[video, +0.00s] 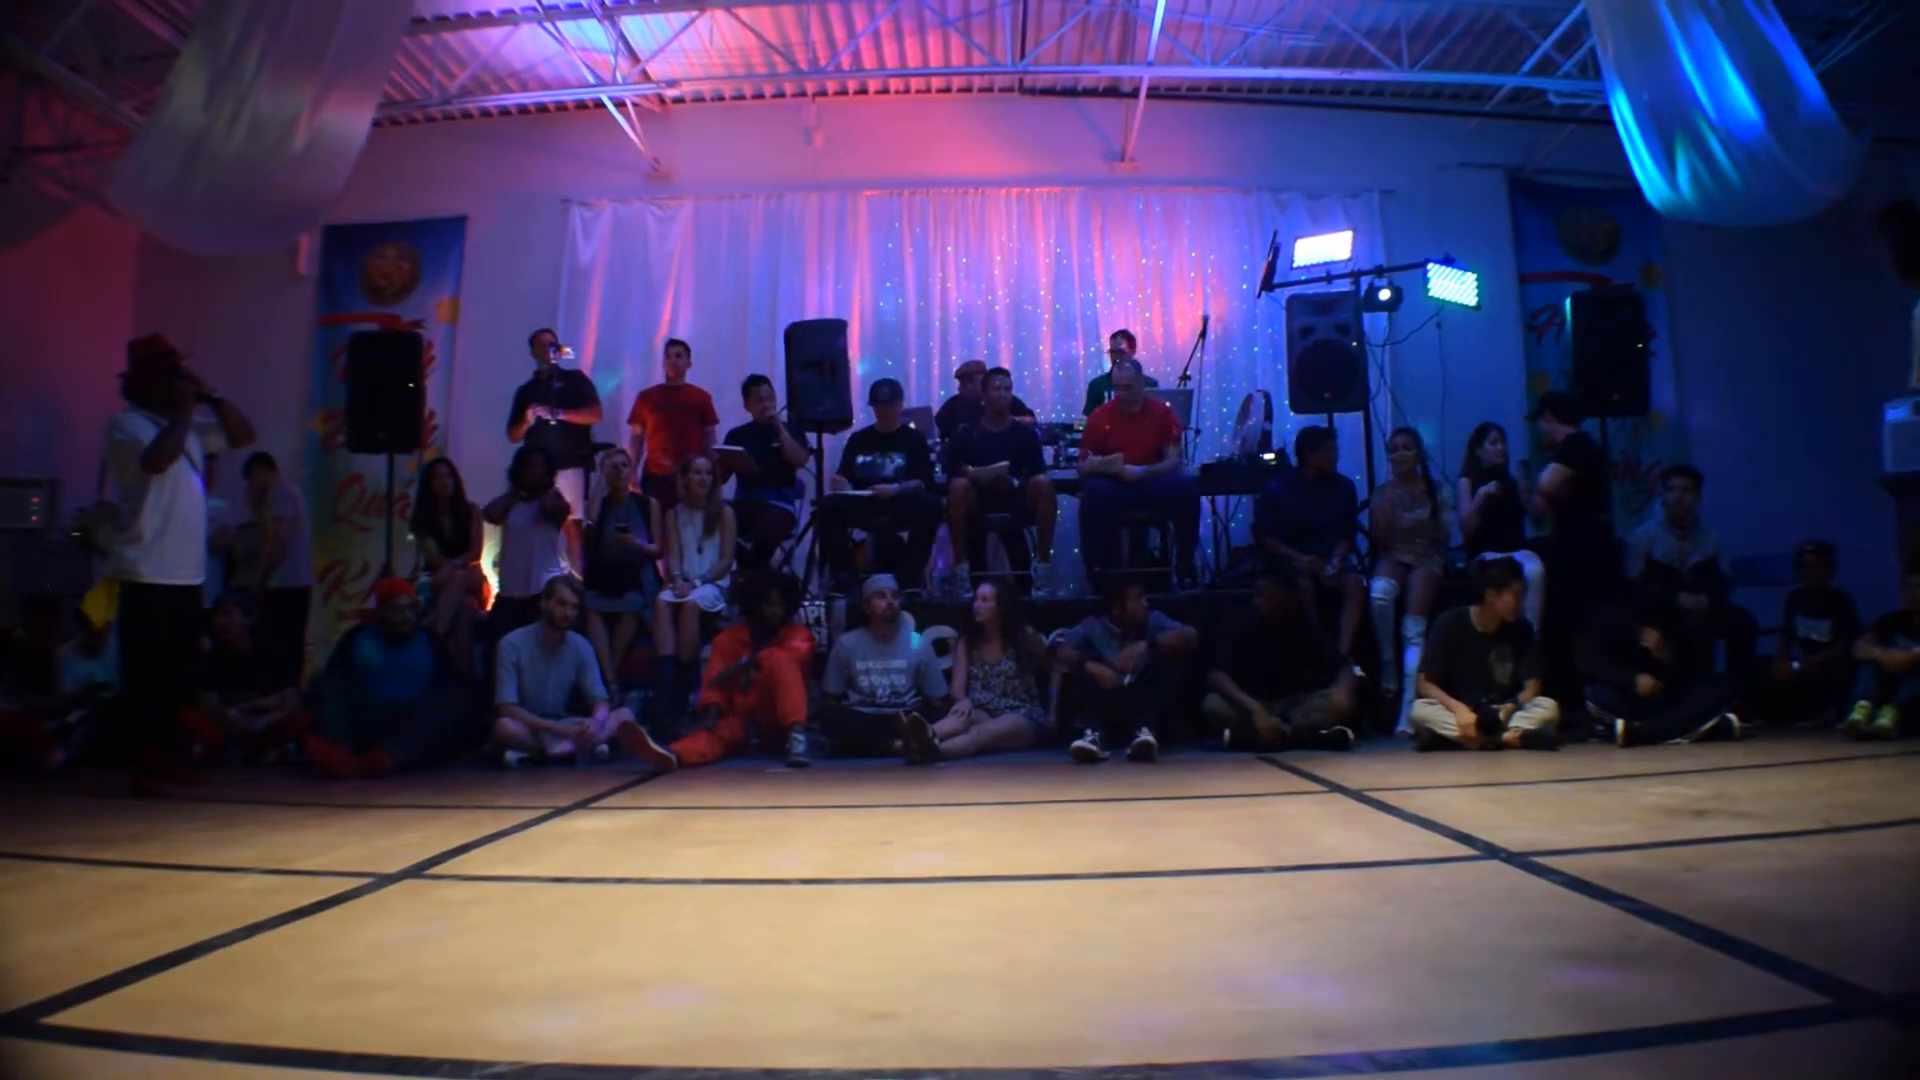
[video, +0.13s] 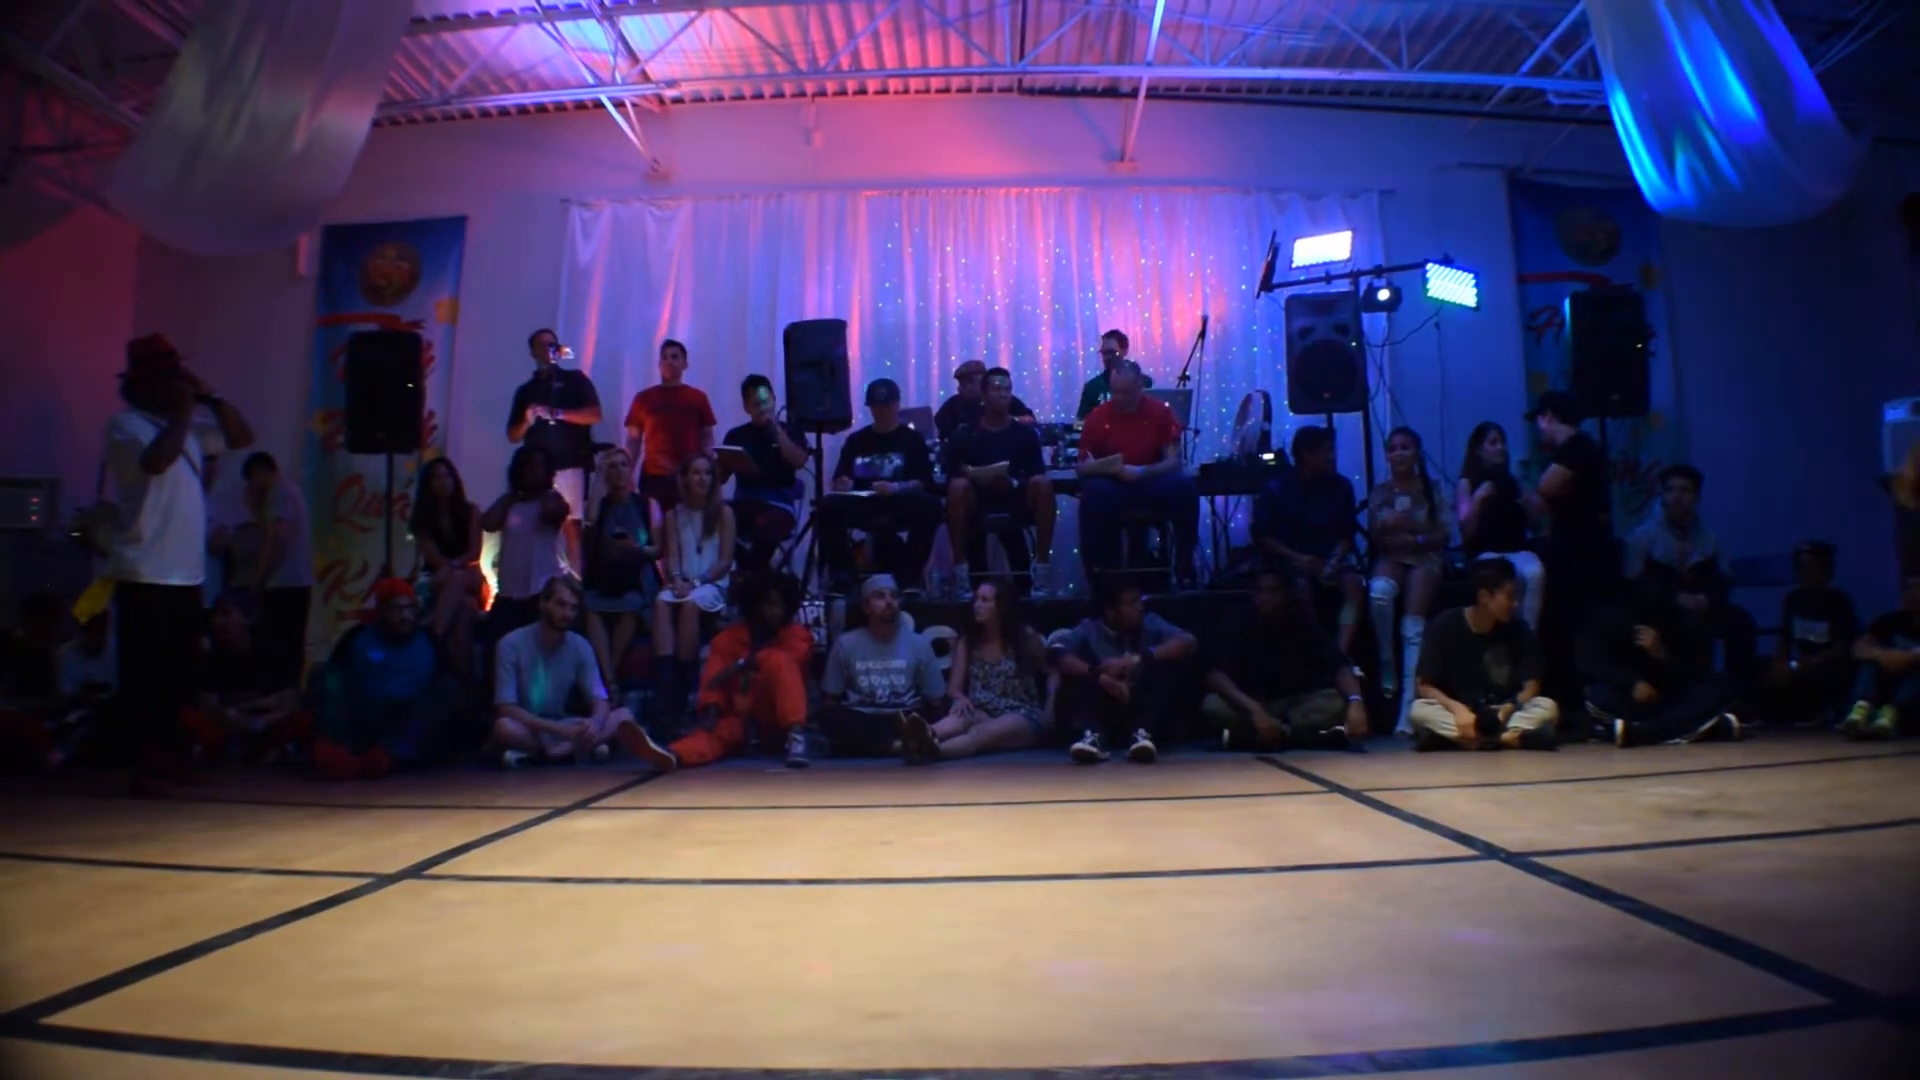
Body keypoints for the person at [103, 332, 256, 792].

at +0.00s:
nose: (178, 385)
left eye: (179, 377)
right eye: (167, 378)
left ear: (178, 383)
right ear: (144, 384)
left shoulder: (184, 429)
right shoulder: (126, 425)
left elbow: (242, 435)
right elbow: (155, 461)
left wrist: (210, 397)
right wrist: (184, 410)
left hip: (185, 579)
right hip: (147, 578)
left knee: (180, 679)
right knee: (148, 681)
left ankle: (175, 762)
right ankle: (146, 767)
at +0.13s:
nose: (176, 385)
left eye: (177, 377)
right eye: (165, 378)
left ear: (178, 383)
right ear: (142, 385)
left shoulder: (183, 430)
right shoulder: (126, 426)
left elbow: (241, 437)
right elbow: (154, 462)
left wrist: (210, 397)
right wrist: (182, 411)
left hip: (185, 578)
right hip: (145, 578)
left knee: (180, 679)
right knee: (146, 680)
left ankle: (174, 762)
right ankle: (145, 767)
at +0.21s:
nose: (175, 386)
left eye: (176, 377)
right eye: (164, 379)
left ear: (177, 383)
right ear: (142, 385)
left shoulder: (183, 430)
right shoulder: (126, 426)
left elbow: (241, 437)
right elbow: (154, 462)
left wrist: (209, 398)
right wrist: (182, 412)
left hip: (185, 578)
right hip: (146, 578)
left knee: (180, 679)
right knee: (146, 679)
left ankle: (175, 762)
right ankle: (145, 767)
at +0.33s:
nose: (176, 386)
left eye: (177, 378)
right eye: (164, 379)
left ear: (178, 384)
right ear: (142, 385)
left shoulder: (183, 431)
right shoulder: (126, 427)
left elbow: (240, 439)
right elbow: (153, 463)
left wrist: (210, 398)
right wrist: (182, 412)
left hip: (185, 578)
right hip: (147, 577)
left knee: (180, 679)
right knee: (148, 680)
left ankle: (175, 763)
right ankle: (147, 768)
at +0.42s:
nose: (176, 386)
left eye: (177, 378)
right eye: (165, 378)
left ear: (179, 384)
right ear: (142, 385)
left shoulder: (184, 432)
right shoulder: (127, 426)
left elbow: (241, 441)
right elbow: (156, 462)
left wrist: (211, 398)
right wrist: (184, 410)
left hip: (186, 578)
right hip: (148, 578)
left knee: (180, 680)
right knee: (148, 681)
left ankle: (176, 763)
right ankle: (147, 768)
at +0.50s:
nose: (176, 387)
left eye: (178, 378)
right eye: (165, 379)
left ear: (179, 385)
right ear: (143, 385)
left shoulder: (183, 433)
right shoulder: (127, 427)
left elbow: (241, 441)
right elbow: (155, 462)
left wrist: (213, 400)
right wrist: (184, 412)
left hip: (186, 580)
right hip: (147, 580)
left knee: (180, 681)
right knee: (148, 682)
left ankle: (176, 764)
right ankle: (147, 769)